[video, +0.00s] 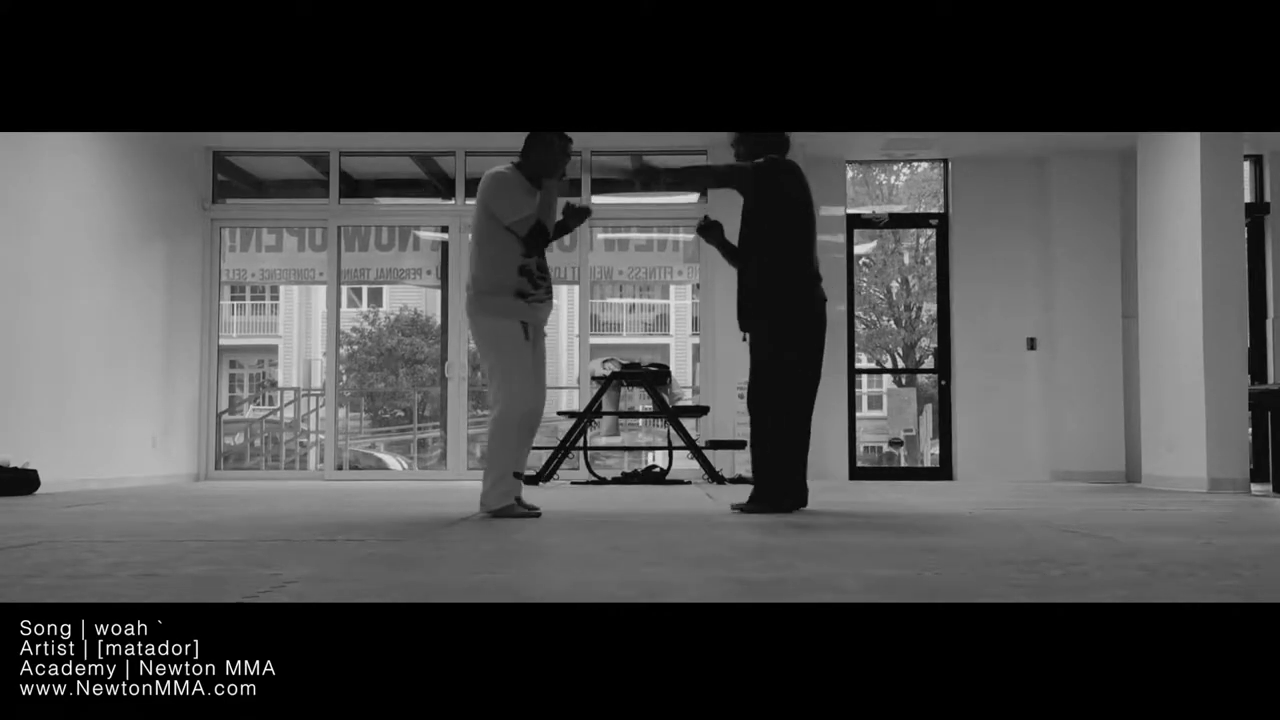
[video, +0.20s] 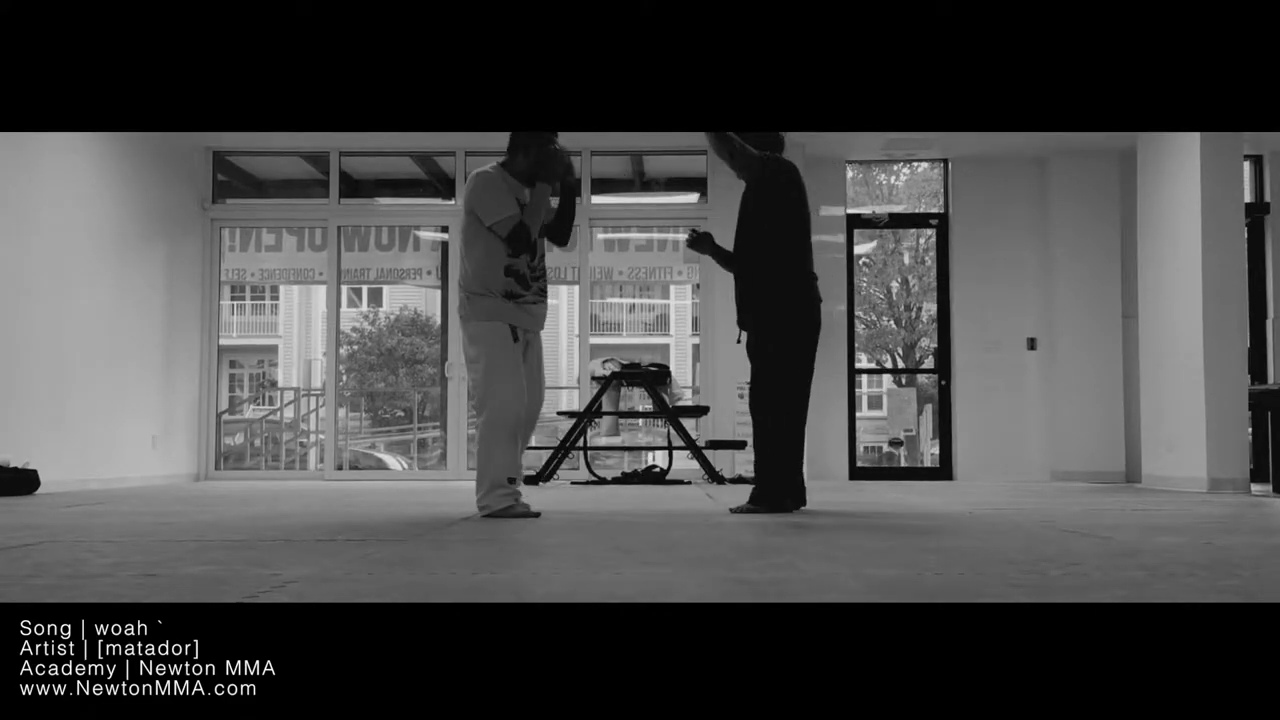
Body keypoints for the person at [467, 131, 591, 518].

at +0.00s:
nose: (564, 166)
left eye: (566, 160)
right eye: (562, 157)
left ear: (542, 153)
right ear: (542, 152)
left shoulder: (534, 191)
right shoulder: (500, 180)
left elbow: (536, 241)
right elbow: (533, 239)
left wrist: (564, 224)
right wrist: (552, 194)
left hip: (525, 315)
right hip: (499, 313)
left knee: (531, 403)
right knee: (515, 401)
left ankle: (507, 493)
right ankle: (496, 499)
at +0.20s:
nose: (552, 160)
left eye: (553, 152)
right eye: (548, 150)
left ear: (528, 152)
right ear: (526, 149)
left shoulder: (529, 190)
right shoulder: (487, 181)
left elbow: (560, 235)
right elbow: (518, 240)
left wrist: (569, 185)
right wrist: (543, 188)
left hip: (524, 316)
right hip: (490, 314)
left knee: (529, 403)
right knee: (503, 402)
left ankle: (505, 492)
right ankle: (494, 498)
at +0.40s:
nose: (548, 166)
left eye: (549, 157)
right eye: (546, 156)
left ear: (511, 146)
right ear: (527, 150)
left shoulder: (489, 176)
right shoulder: (501, 174)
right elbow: (548, 216)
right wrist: (545, 174)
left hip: (488, 312)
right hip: (494, 313)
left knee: (503, 400)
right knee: (514, 403)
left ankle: (471, 478)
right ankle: (501, 501)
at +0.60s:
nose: (539, 209)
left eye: (538, 204)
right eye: (537, 203)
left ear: (498, 192)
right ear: (528, 195)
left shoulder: (469, 220)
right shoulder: (519, 209)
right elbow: (555, 257)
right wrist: (550, 230)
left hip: (448, 325)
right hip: (485, 324)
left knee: (474, 414)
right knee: (528, 409)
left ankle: (452, 496)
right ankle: (490, 502)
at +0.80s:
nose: (510, 237)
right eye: (509, 234)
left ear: (474, 232)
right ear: (506, 231)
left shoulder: (444, 249)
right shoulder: (511, 241)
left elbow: (438, 289)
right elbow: (548, 286)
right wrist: (528, 269)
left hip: (440, 333)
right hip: (483, 327)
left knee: (473, 415)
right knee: (533, 411)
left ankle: (451, 498)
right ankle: (494, 496)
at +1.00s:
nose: (504, 206)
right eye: (502, 203)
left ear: (464, 205)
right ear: (493, 202)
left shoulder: (438, 235)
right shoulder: (503, 214)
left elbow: (441, 283)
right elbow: (547, 257)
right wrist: (542, 234)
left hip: (452, 322)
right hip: (493, 314)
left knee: (477, 408)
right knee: (527, 402)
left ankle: (454, 496)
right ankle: (499, 489)